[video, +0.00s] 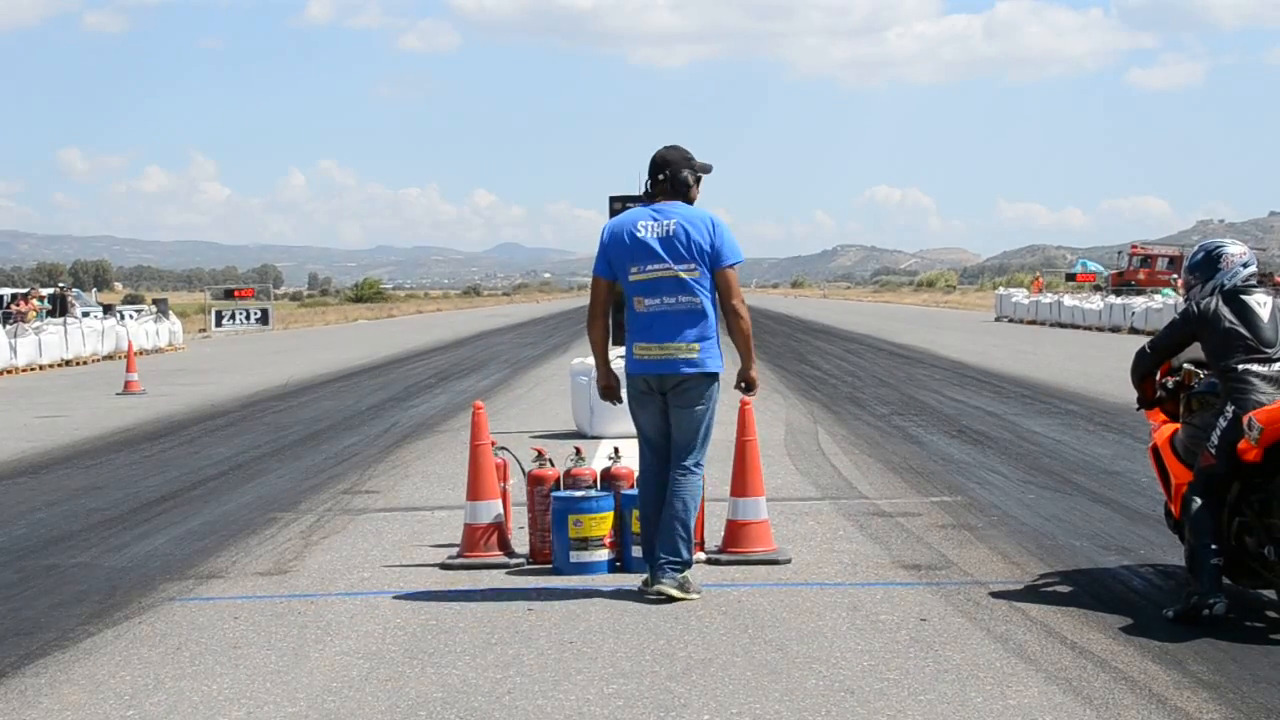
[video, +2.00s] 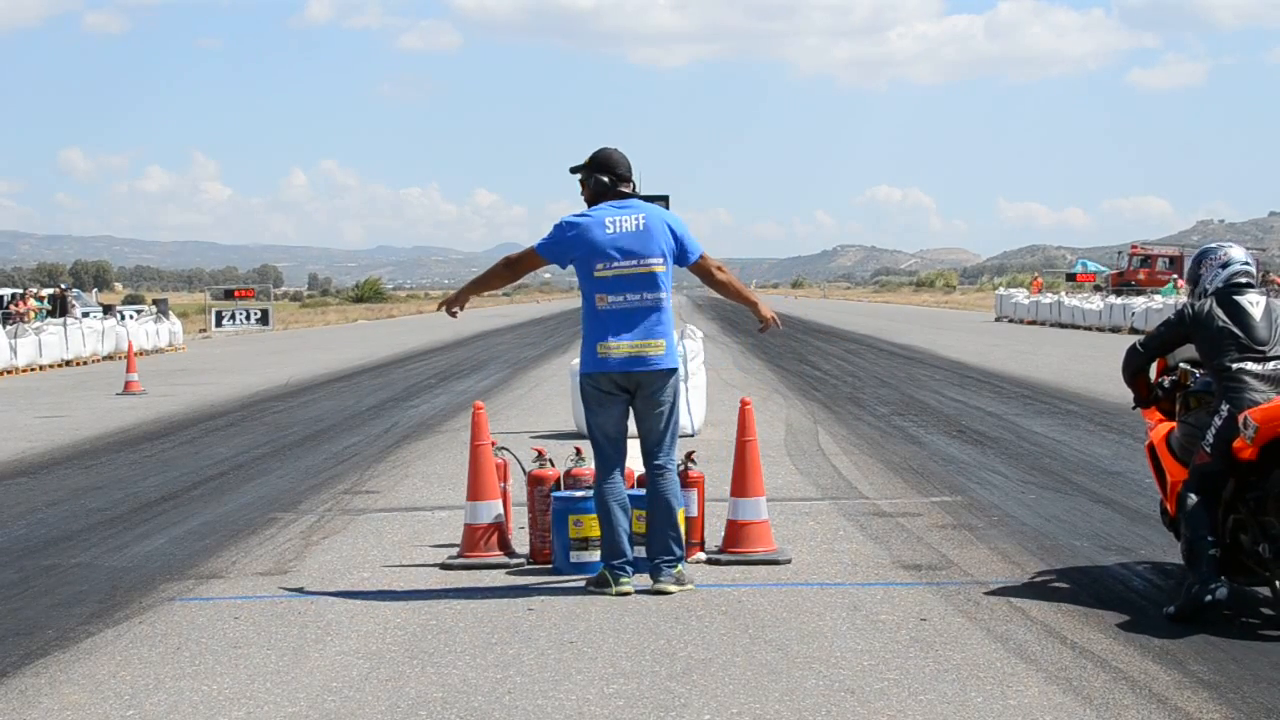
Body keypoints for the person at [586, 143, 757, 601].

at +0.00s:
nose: (699, 190)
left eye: (699, 182)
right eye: (698, 183)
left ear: (652, 182)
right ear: (689, 184)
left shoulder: (618, 229)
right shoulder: (707, 226)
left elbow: (598, 309)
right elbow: (733, 304)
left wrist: (603, 368)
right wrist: (748, 363)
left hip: (641, 366)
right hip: (694, 365)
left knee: (653, 463)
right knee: (687, 464)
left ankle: (656, 567)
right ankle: (669, 571)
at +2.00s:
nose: (581, 190)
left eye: (584, 183)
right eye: (582, 183)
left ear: (596, 185)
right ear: (628, 184)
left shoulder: (577, 227)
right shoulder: (663, 221)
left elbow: (517, 265)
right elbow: (714, 274)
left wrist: (464, 292)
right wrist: (757, 305)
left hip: (602, 363)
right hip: (659, 360)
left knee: (609, 469)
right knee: (662, 462)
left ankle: (617, 571)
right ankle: (667, 569)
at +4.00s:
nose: (647, 190)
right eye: (648, 183)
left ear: (604, 186)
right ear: (647, 185)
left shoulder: (573, 229)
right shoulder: (666, 229)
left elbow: (546, 305)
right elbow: (690, 314)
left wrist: (544, 364)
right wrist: (702, 374)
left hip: (593, 368)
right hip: (651, 366)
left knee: (603, 471)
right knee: (644, 472)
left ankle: (609, 572)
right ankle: (635, 584)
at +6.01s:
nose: (583, 176)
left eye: (586, 167)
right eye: (583, 167)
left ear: (600, 169)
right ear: (640, 170)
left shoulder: (589, 218)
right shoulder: (688, 221)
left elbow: (566, 311)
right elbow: (708, 308)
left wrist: (546, 386)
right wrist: (710, 382)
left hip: (607, 380)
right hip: (673, 379)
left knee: (597, 495)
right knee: (658, 496)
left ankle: (618, 606)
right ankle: (651, 616)